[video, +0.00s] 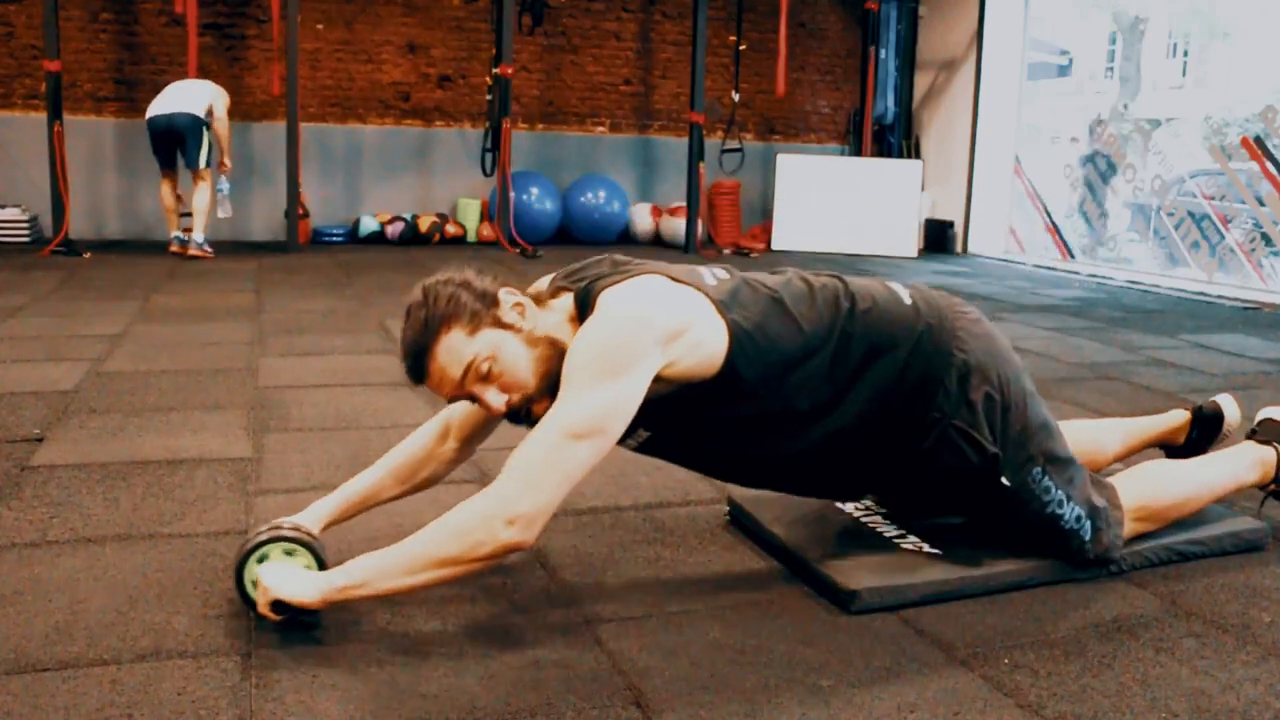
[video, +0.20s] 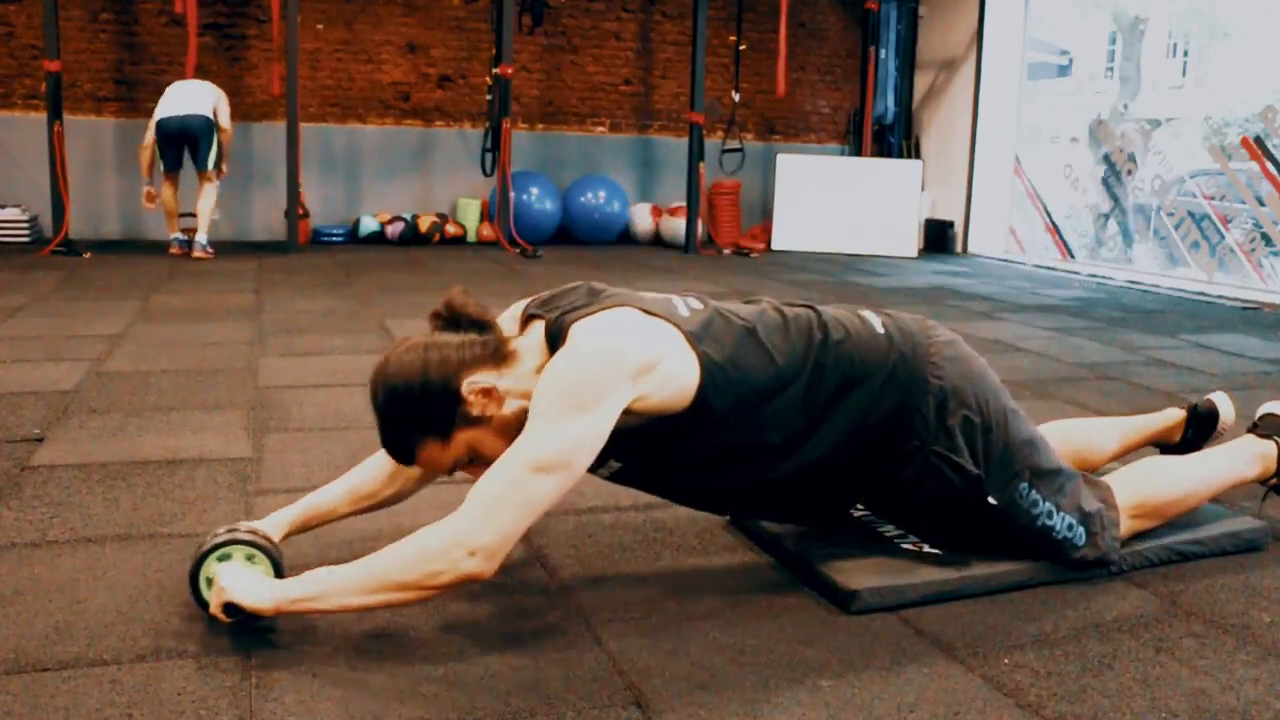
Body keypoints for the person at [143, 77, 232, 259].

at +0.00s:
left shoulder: (177, 87)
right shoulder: (218, 91)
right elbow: (219, 118)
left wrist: (173, 190)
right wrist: (224, 155)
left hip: (156, 117)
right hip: (190, 117)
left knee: (167, 176)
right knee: (202, 179)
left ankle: (175, 235)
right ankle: (198, 239)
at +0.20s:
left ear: (186, 81)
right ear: (208, 83)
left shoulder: (170, 90)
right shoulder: (216, 91)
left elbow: (148, 141)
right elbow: (225, 127)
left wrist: (147, 182)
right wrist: (222, 161)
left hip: (166, 121)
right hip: (200, 120)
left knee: (169, 180)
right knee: (208, 180)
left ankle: (175, 237)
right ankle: (201, 239)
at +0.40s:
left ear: (169, 95)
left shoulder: (163, 102)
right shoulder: (209, 95)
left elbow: (143, 150)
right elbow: (229, 133)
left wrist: (130, 191)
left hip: (179, 124)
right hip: (214, 123)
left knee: (168, 177)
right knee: (211, 180)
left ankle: (170, 238)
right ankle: (201, 241)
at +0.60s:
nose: (159, 147)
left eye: (157, 144)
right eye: (160, 146)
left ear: (153, 131)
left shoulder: (151, 123)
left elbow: (134, 169)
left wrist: (118, 207)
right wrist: (200, 212)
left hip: (189, 129)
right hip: (222, 125)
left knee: (172, 187)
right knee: (212, 183)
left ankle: (196, 236)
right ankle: (203, 239)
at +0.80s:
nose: (147, 166)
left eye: (143, 160)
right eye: (145, 162)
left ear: (138, 146)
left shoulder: (141, 143)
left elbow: (119, 195)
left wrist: (98, 231)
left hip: (191, 145)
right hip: (223, 140)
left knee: (162, 195)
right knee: (206, 190)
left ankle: (198, 241)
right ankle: (202, 242)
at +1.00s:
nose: (130, 172)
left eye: (123, 162)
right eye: (124, 164)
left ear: (124, 153)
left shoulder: (128, 154)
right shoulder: (169, 133)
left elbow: (113, 205)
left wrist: (96, 240)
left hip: (173, 168)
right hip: (208, 160)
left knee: (146, 209)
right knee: (201, 195)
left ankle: (185, 236)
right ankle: (200, 239)